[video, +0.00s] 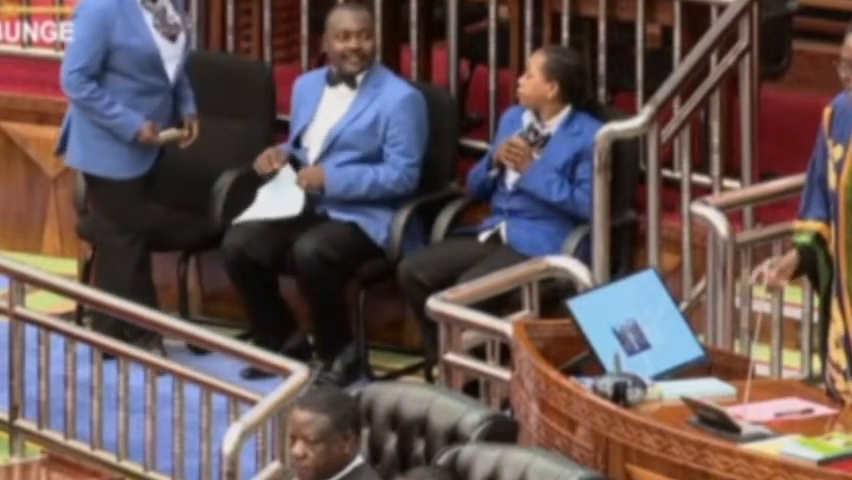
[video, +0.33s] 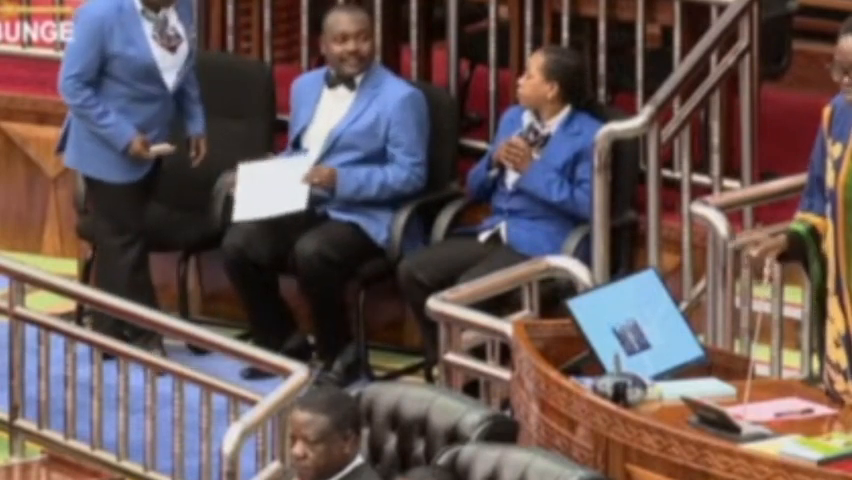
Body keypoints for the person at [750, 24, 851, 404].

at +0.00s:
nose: (844, 64)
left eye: (849, 57)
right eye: (843, 57)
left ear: (851, 60)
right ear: (839, 59)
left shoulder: (839, 114)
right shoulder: (838, 113)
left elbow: (819, 195)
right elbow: (820, 192)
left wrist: (799, 254)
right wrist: (799, 255)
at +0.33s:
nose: (843, 81)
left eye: (848, 71)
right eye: (839, 70)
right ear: (831, 66)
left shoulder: (837, 115)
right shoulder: (836, 114)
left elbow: (817, 211)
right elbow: (818, 209)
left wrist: (788, 239)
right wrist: (787, 239)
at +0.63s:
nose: (837, 73)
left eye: (845, 64)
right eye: (833, 63)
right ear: (826, 63)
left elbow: (821, 191)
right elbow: (818, 188)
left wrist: (803, 234)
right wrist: (801, 235)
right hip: (835, 269)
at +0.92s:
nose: (836, 66)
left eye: (843, 57)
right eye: (833, 57)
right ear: (828, 59)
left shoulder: (840, 114)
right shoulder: (835, 112)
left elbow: (822, 187)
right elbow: (820, 184)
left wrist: (807, 232)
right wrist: (806, 231)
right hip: (835, 275)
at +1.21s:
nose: (838, 66)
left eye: (844, 57)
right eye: (835, 57)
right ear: (829, 60)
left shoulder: (839, 115)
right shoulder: (835, 114)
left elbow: (822, 197)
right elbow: (820, 193)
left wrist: (806, 233)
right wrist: (804, 234)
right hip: (835, 292)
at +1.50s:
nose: (844, 68)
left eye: (849, 58)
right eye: (840, 58)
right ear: (832, 59)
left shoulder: (838, 114)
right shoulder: (835, 114)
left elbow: (821, 199)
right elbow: (818, 195)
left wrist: (805, 237)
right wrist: (803, 237)